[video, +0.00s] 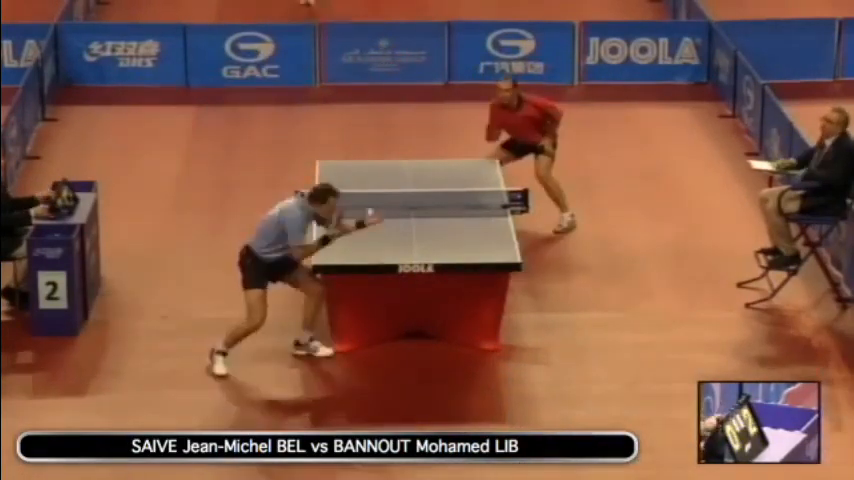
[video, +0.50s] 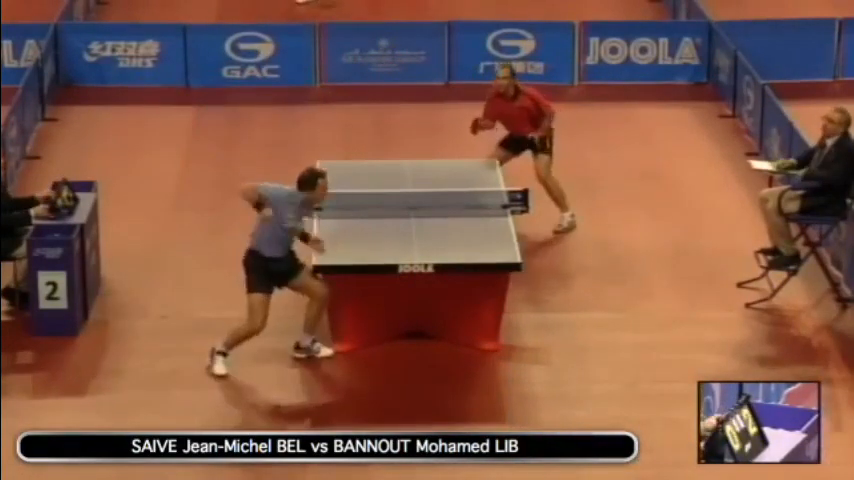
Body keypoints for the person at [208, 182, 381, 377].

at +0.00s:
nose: (334, 211)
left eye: (334, 206)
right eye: (331, 207)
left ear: (320, 202)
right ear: (319, 204)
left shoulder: (310, 206)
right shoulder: (294, 213)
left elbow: (333, 227)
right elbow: (299, 253)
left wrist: (361, 225)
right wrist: (324, 242)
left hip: (279, 258)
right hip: (254, 259)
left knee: (315, 290)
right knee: (256, 319)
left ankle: (305, 341)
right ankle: (220, 352)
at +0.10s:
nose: (326, 203)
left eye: (327, 198)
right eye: (324, 198)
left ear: (312, 194)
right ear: (311, 196)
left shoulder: (307, 207)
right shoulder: (284, 211)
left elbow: (331, 224)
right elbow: (272, 247)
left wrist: (359, 220)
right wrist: (304, 247)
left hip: (279, 257)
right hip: (255, 259)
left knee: (316, 291)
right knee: (254, 318)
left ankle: (304, 341)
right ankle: (220, 352)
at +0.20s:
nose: (320, 191)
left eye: (319, 187)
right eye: (317, 187)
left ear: (307, 188)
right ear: (306, 188)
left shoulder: (308, 205)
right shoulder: (278, 203)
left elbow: (327, 222)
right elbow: (237, 223)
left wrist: (356, 223)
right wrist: (249, 239)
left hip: (281, 255)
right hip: (256, 256)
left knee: (316, 291)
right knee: (253, 317)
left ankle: (304, 342)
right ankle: (219, 352)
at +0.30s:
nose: (316, 188)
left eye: (316, 183)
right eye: (313, 184)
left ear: (303, 186)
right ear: (301, 186)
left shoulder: (305, 204)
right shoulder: (274, 198)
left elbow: (319, 222)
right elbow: (231, 199)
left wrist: (346, 230)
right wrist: (235, 230)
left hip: (282, 256)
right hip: (256, 256)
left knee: (316, 291)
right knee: (253, 318)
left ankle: (305, 341)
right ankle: (219, 353)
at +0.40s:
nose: (318, 188)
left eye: (318, 183)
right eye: (315, 184)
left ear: (306, 186)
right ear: (303, 185)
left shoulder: (306, 204)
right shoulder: (275, 193)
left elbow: (304, 226)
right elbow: (237, 183)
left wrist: (322, 238)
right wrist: (240, 212)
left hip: (282, 257)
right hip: (257, 257)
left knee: (319, 292)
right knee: (254, 320)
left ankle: (306, 341)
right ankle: (219, 352)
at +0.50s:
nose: (326, 192)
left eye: (326, 187)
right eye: (323, 188)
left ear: (313, 188)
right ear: (312, 189)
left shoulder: (306, 205)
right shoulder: (284, 196)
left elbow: (291, 226)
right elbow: (248, 191)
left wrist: (308, 239)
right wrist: (261, 207)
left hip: (283, 259)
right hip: (259, 259)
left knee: (320, 292)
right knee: (256, 324)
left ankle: (306, 342)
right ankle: (220, 352)